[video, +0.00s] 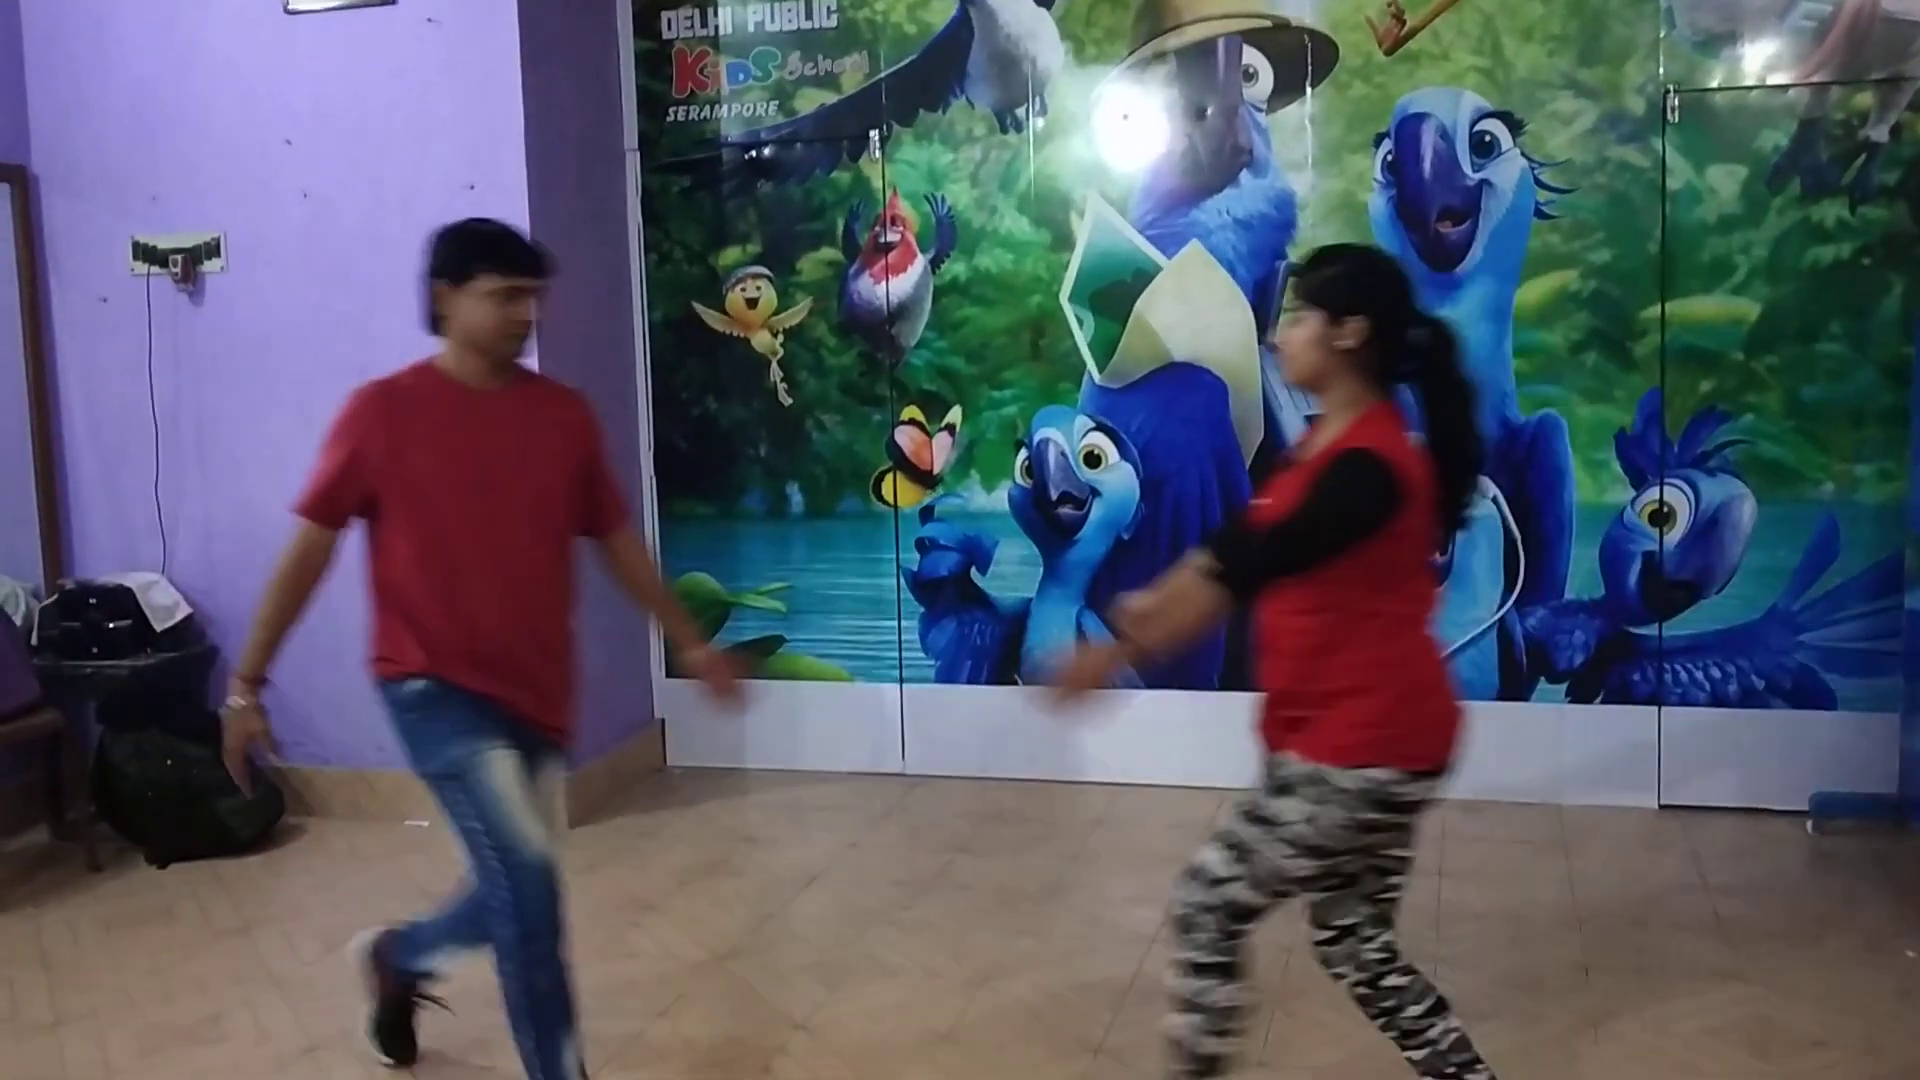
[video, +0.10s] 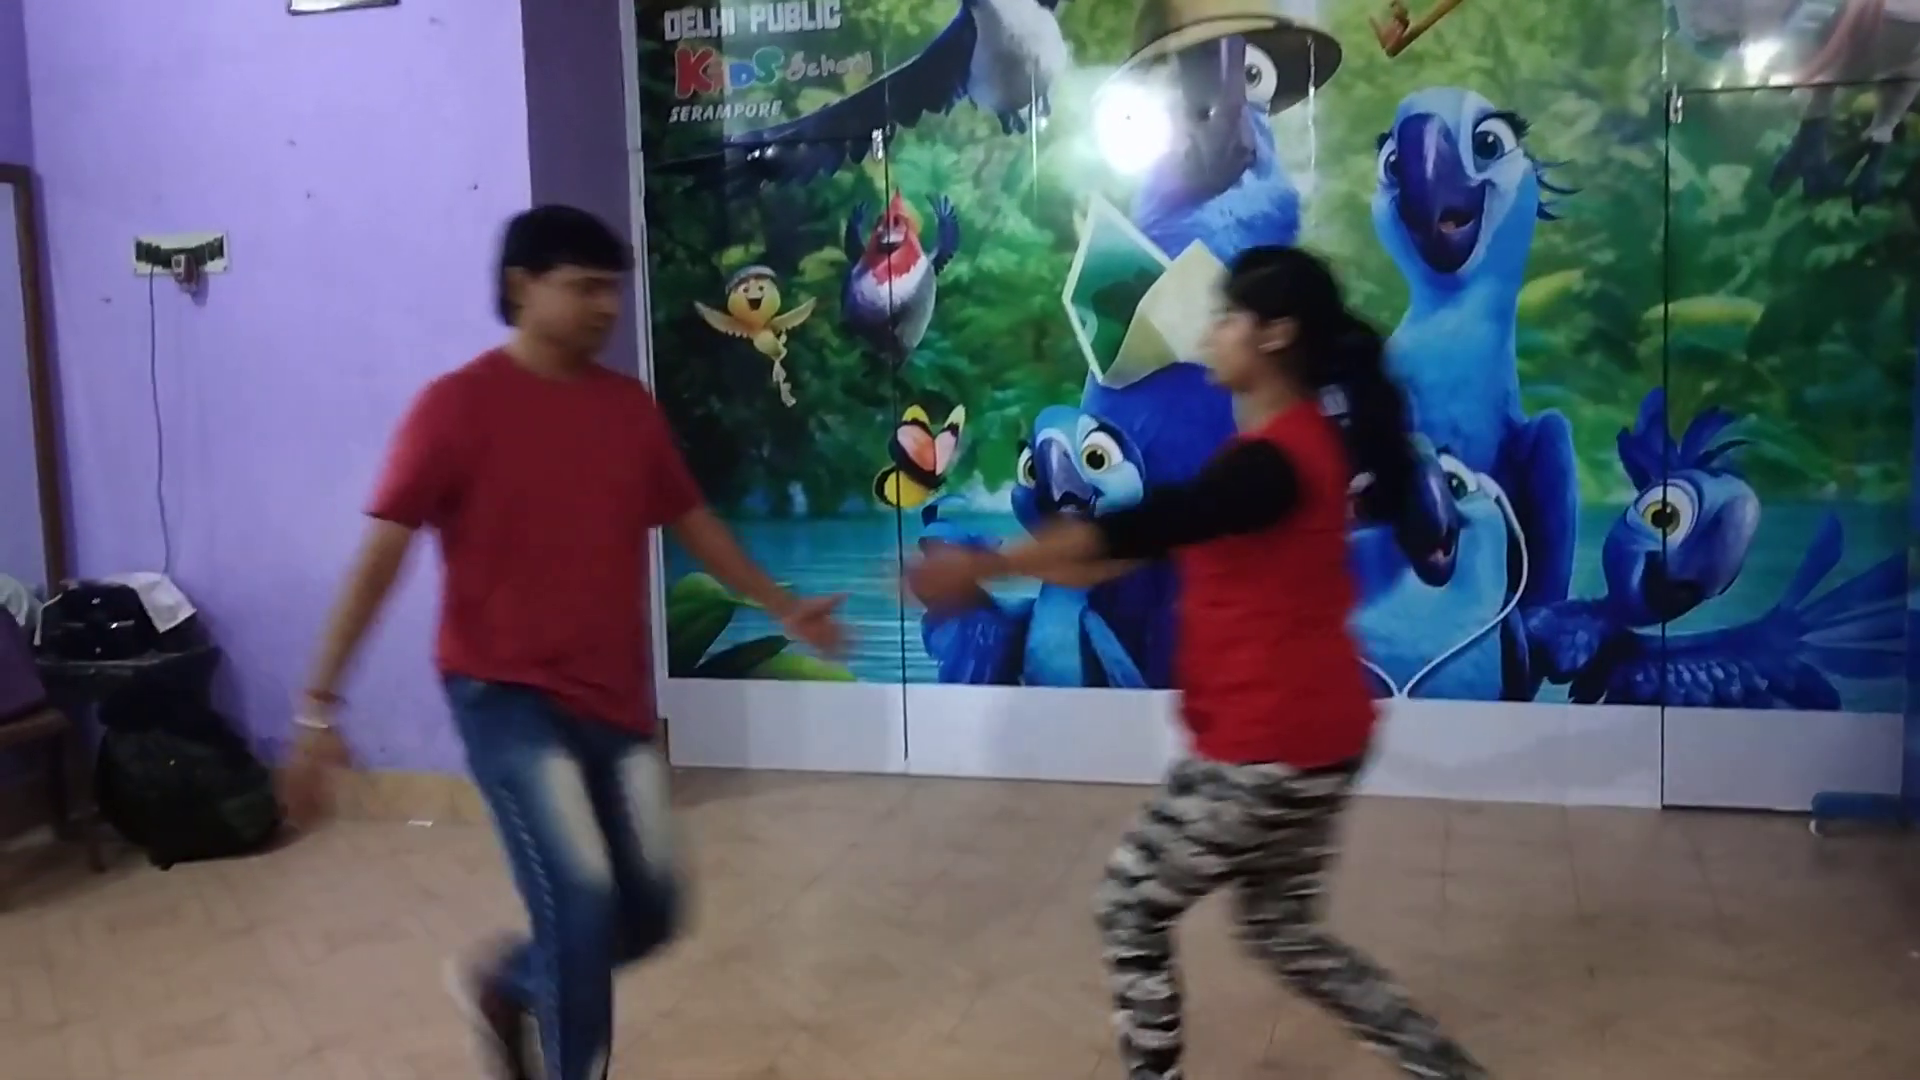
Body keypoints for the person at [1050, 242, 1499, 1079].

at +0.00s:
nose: (1278, 336)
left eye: (1294, 318)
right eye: (1283, 318)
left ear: (1348, 333)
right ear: (1342, 336)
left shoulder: (1374, 464)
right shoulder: (1323, 447)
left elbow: (1242, 566)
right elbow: (1231, 556)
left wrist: (1115, 649)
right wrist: (1145, 619)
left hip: (1368, 745)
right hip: (1330, 737)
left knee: (1208, 905)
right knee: (1356, 943)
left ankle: (1196, 1065)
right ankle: (1463, 1071)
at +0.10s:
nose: (1211, 332)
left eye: (1229, 317)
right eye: (1220, 314)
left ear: (1274, 336)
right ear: (1276, 338)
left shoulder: (1276, 457)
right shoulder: (1293, 444)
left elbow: (1138, 533)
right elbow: (1143, 536)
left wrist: (987, 566)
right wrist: (999, 565)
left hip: (1266, 746)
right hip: (1314, 736)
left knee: (1131, 901)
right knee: (1280, 931)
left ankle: (1151, 1068)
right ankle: (1449, 1068)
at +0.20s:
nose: (1137, 334)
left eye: (1154, 318)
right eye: (1143, 316)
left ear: (1202, 340)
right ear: (1205, 343)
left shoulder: (1194, 454)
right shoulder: (1214, 446)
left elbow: (1036, 477)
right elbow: (1102, 528)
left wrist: (873, 464)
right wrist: (999, 552)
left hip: (1206, 736)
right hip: (1229, 729)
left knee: (1087, 911)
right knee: (1143, 899)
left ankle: (1140, 1072)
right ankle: (1288, 1051)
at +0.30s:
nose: (1079, 338)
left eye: (1094, 323)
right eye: (1085, 321)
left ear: (1142, 341)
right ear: (1142, 342)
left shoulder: (1150, 444)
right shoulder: (1136, 445)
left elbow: (973, 444)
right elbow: (1048, 526)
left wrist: (821, 388)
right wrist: (940, 538)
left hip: (1162, 733)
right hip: (1126, 722)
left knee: (1057, 918)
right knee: (1028, 860)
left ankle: (1122, 1069)